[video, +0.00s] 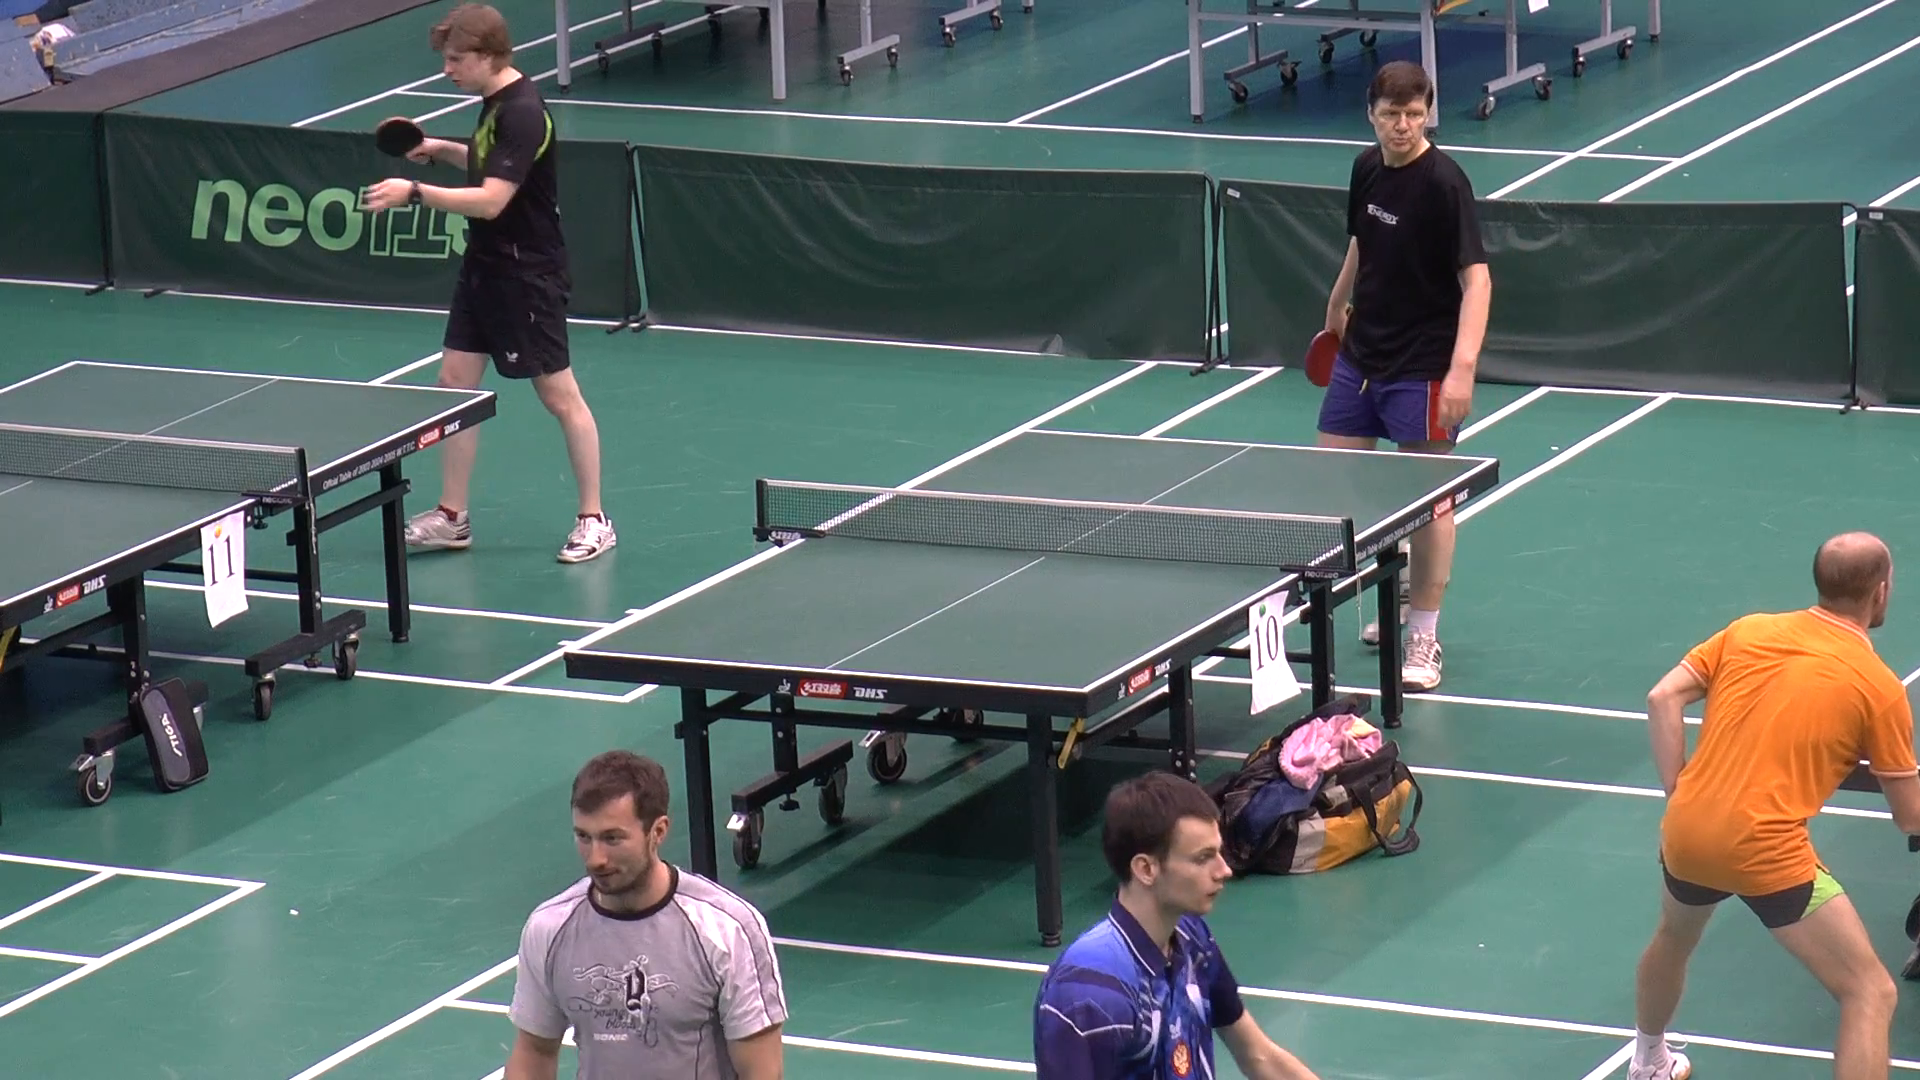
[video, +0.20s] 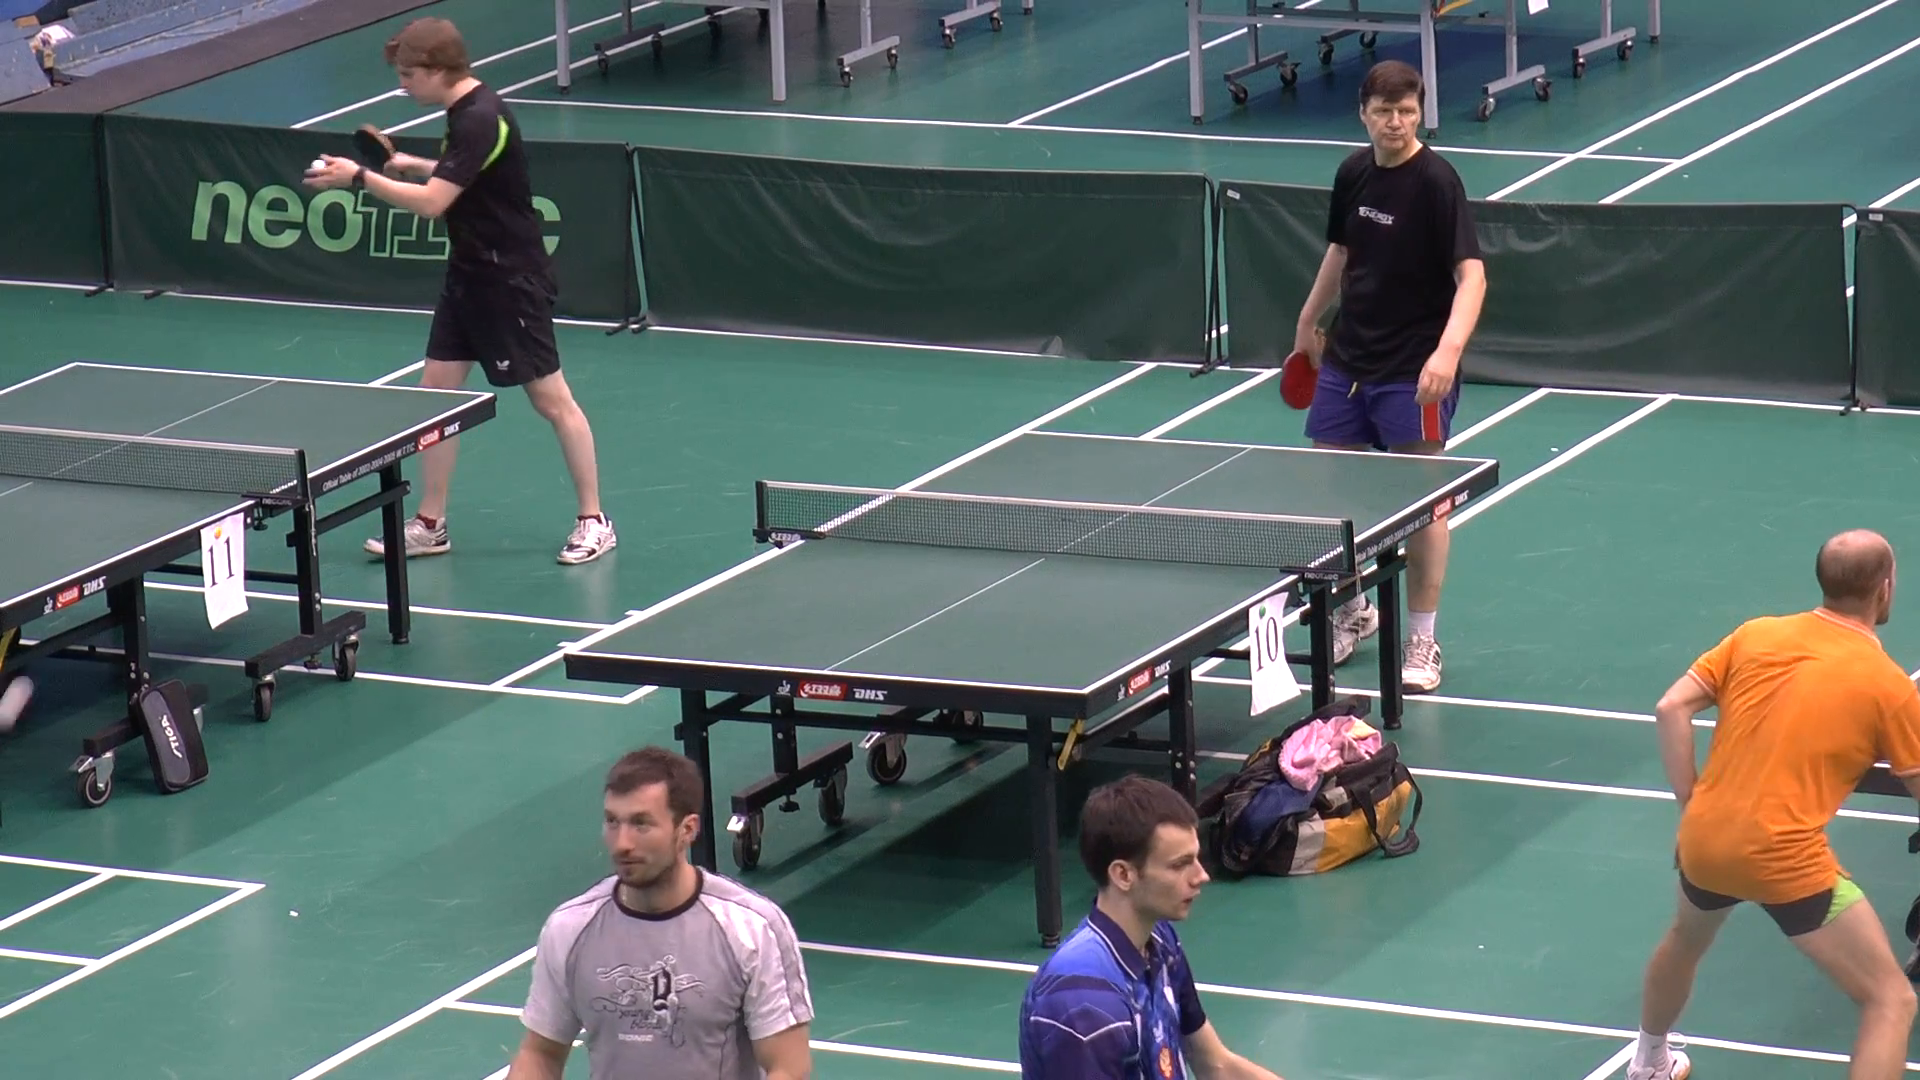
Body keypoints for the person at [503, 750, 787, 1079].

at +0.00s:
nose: (595, 859)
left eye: (613, 838)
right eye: (583, 837)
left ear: (658, 833)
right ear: (574, 830)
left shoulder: (732, 930)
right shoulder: (548, 930)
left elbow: (761, 1073)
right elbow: (535, 1050)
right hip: (597, 1072)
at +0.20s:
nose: (621, 842)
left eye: (641, 823)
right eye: (612, 822)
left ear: (687, 830)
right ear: (603, 824)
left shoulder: (756, 929)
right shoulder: (568, 931)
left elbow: (787, 1065)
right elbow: (540, 1053)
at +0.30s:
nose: (651, 829)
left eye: (672, 812)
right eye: (644, 811)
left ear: (717, 826)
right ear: (634, 817)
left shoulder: (780, 930)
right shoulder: (593, 930)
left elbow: (801, 1065)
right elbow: (560, 1054)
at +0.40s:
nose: (684, 824)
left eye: (706, 807)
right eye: (676, 807)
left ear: (750, 825)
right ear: (666, 816)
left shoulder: (806, 927)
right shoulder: (627, 930)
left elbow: (809, 1063)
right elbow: (592, 1054)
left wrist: (673, 1048)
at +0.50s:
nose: (712, 817)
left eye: (734, 801)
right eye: (704, 802)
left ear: (777, 822)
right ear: (693, 814)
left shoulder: (830, 919)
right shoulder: (660, 925)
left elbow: (819, 1049)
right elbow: (631, 1058)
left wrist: (694, 997)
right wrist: (580, 1078)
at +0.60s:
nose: (735, 813)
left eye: (757, 797)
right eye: (727, 797)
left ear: (800, 818)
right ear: (717, 808)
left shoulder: (851, 915)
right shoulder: (684, 922)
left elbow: (829, 1029)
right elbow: (663, 1057)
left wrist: (716, 955)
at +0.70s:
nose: (755, 810)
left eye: (777, 793)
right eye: (745, 794)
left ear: (817, 815)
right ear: (733, 810)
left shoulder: (866, 913)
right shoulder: (693, 922)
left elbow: (833, 1017)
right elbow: (673, 1054)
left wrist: (731, 923)